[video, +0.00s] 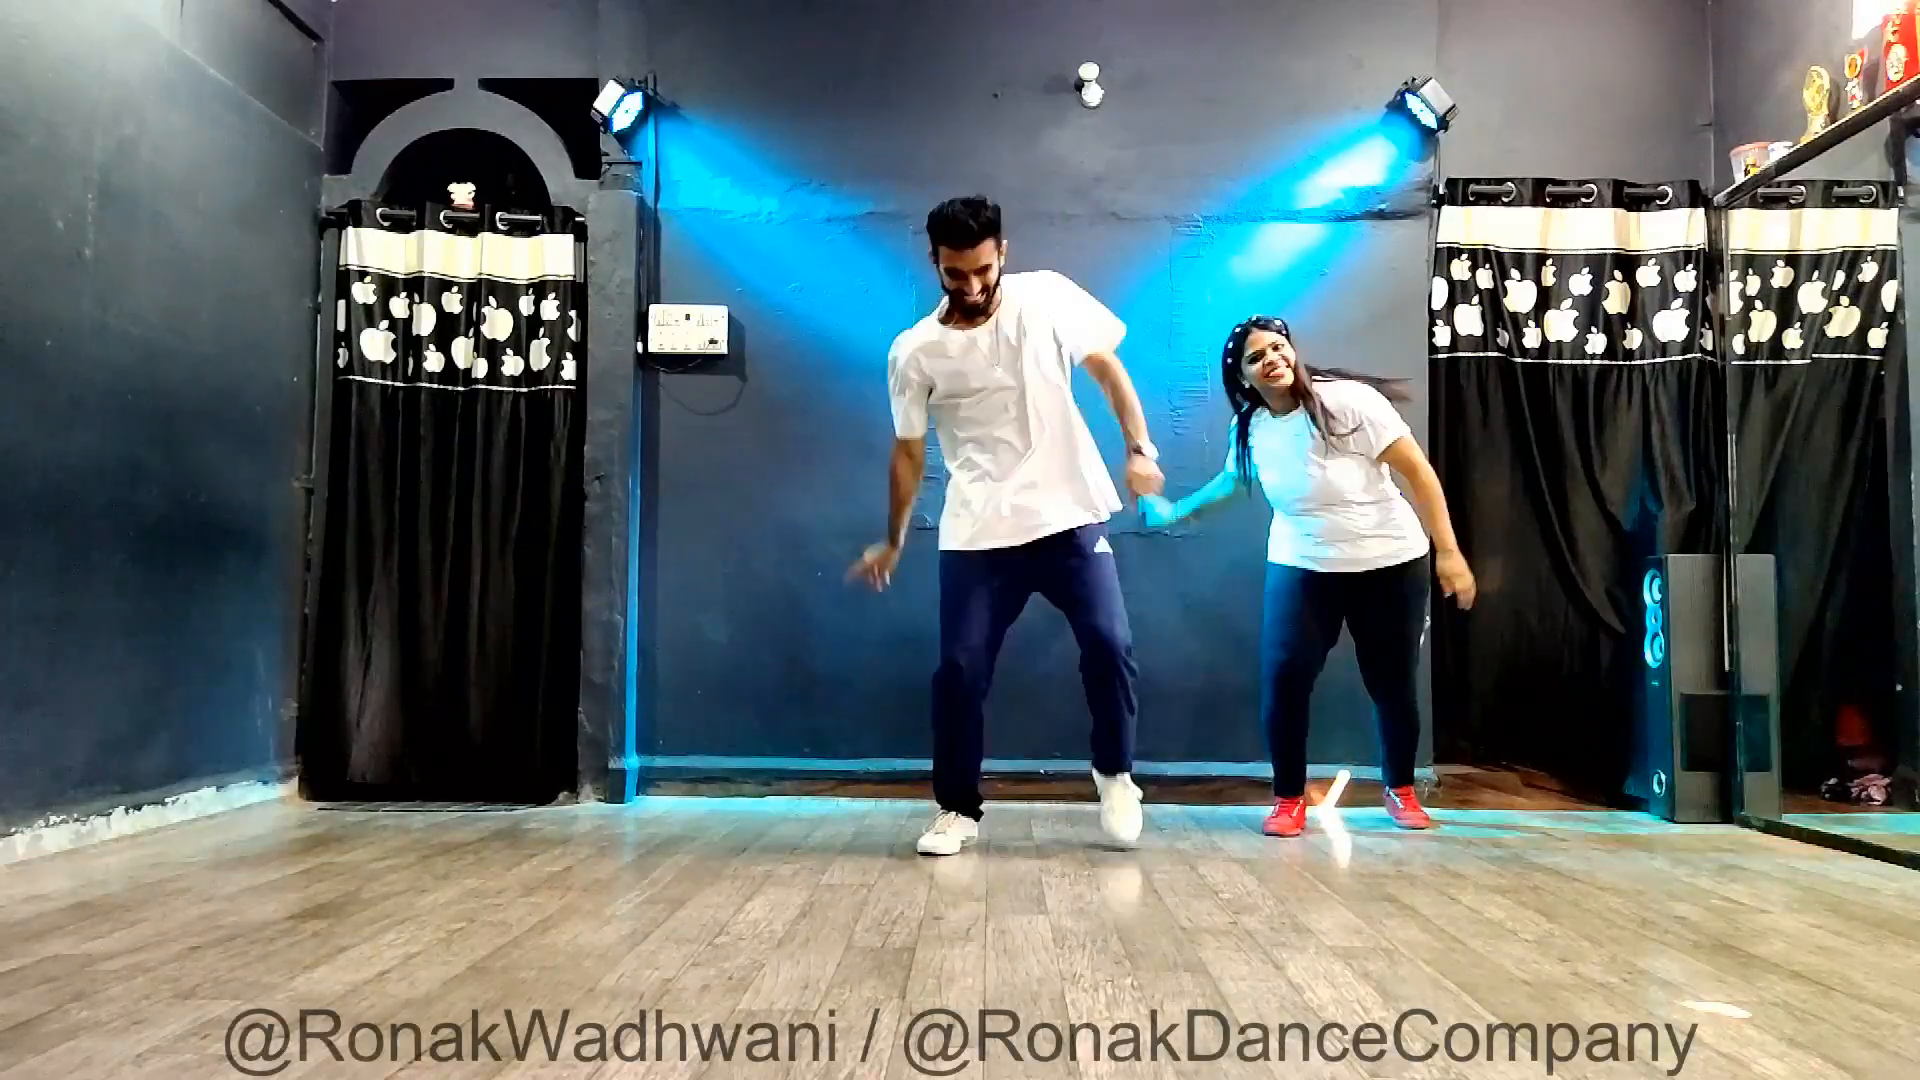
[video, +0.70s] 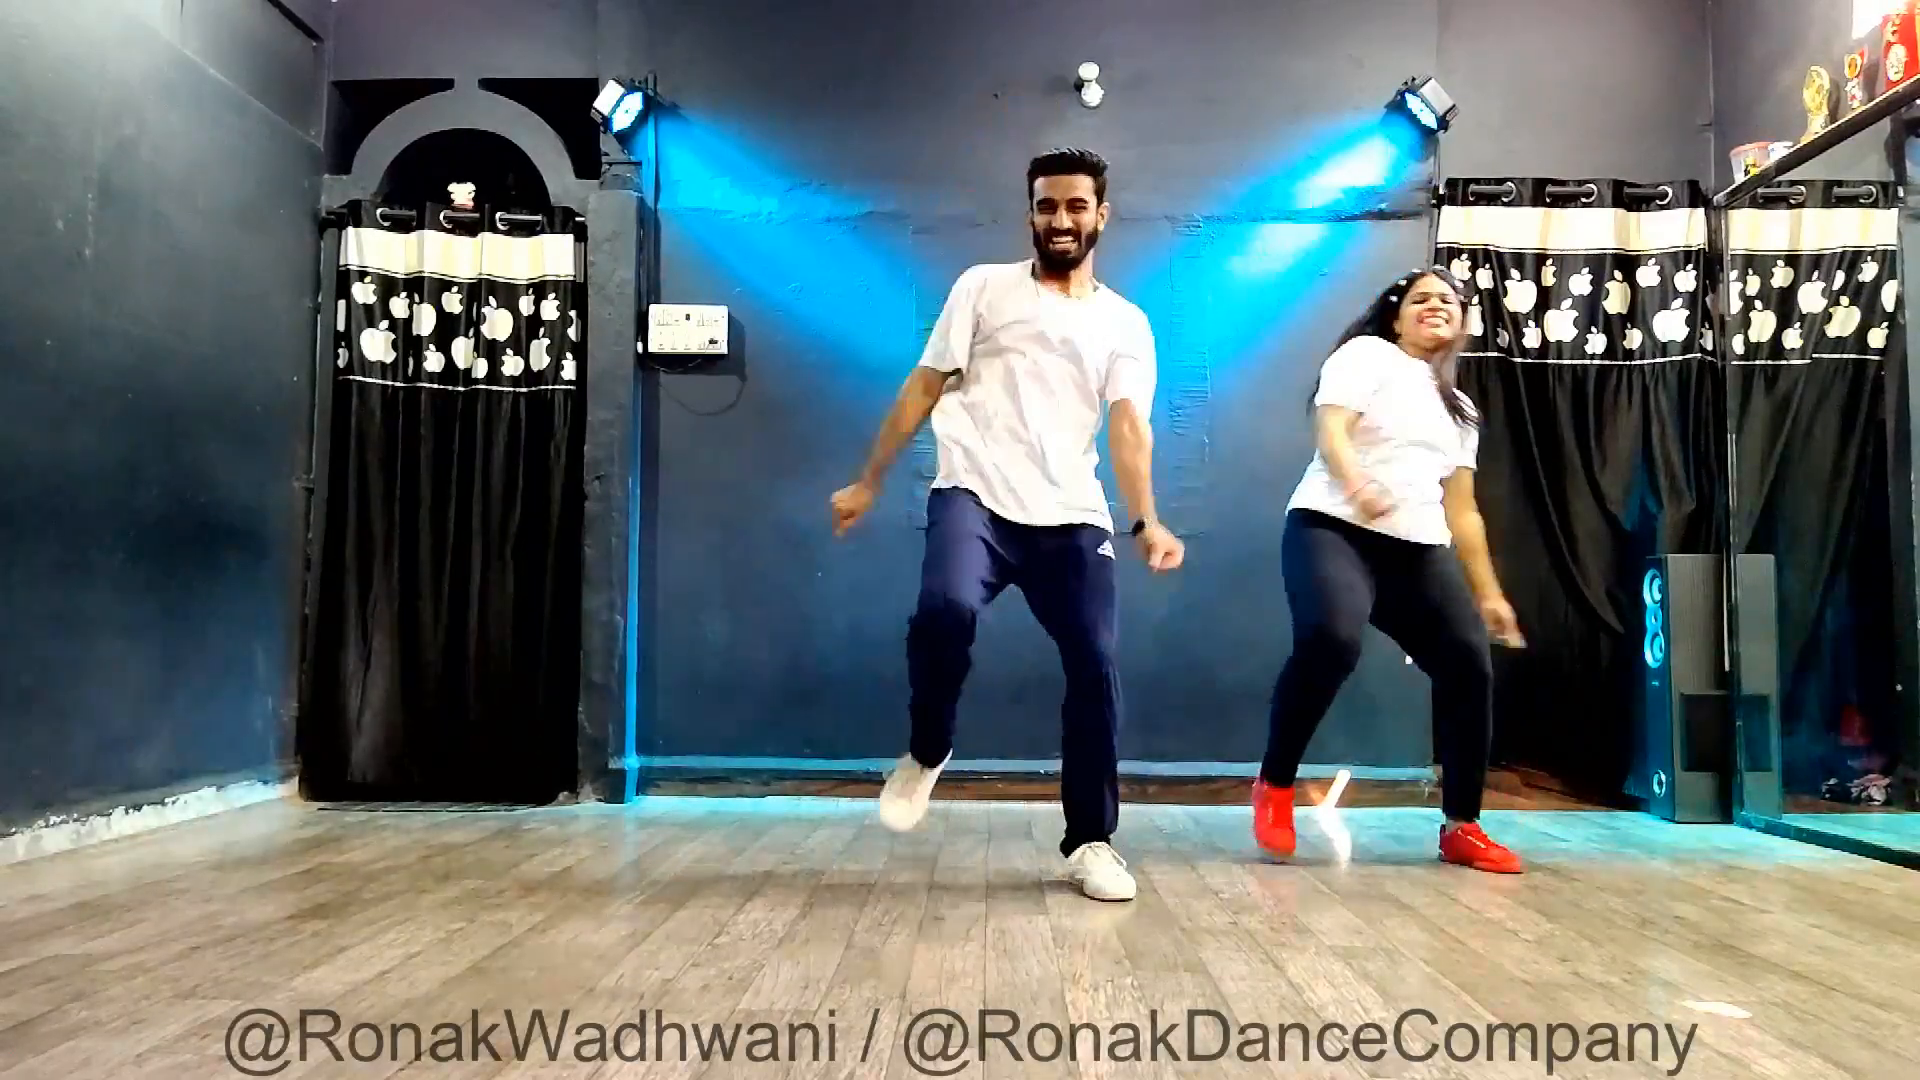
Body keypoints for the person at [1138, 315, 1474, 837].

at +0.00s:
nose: (1272, 358)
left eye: (1276, 346)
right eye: (1256, 357)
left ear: (1293, 351)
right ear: (1244, 379)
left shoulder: (1352, 402)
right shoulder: (1250, 430)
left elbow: (1419, 473)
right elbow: (1232, 481)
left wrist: (1448, 550)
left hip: (1386, 562)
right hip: (1301, 566)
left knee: (1393, 684)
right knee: (1284, 676)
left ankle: (1400, 790)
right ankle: (1289, 797)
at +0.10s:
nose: (1272, 336)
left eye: (1278, 326)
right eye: (1257, 334)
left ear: (1295, 334)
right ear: (1243, 357)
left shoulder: (1345, 377)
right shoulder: (1242, 426)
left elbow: (1413, 417)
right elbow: (1236, 522)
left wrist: (1465, 468)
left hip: (1380, 543)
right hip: (1298, 561)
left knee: (1446, 632)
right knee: (1281, 669)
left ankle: (1411, 737)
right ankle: (1289, 798)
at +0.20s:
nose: (1289, 301)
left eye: (1298, 292)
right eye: (1276, 296)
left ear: (1315, 302)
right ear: (1260, 312)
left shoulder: (1347, 346)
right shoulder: (1253, 380)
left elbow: (1396, 377)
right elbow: (1270, 455)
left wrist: (1449, 415)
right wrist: (1283, 520)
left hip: (1372, 520)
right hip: (1301, 540)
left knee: (1468, 538)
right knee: (1294, 680)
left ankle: (1427, 667)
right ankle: (1288, 794)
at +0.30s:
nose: (1327, 277)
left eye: (1337, 271)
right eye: (1314, 270)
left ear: (1352, 284)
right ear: (1291, 285)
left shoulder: (1357, 335)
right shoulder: (1276, 326)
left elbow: (1384, 350)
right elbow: (1320, 333)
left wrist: (1414, 366)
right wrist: (1355, 312)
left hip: (1372, 495)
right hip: (1296, 515)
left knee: (1471, 444)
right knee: (1295, 651)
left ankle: (1445, 575)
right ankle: (1267, 782)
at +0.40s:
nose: (1355, 298)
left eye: (1361, 290)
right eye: (1340, 281)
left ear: (1366, 300)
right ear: (1314, 289)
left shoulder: (1361, 354)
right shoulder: (1297, 337)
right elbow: (1355, 276)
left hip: (1371, 507)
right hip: (1302, 524)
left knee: (1466, 429)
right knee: (1298, 667)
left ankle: (1456, 559)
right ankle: (1264, 809)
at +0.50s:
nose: (1354, 286)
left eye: (1354, 282)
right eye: (1340, 281)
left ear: (1352, 305)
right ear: (1311, 300)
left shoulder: (1367, 364)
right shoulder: (1306, 349)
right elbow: (1369, 282)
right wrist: (1413, 208)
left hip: (1381, 541)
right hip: (1307, 542)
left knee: (1499, 507)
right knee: (1306, 668)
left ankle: (1466, 642)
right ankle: (1264, 816)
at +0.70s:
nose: (1433, 307)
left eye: (1447, 303)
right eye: (1420, 299)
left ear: (1461, 327)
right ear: (1396, 316)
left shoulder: (1459, 412)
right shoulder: (1367, 354)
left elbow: (1463, 508)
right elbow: (1330, 432)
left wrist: (1488, 594)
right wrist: (1357, 482)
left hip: (1414, 549)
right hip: (1331, 528)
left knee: (1467, 657)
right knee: (1333, 640)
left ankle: (1460, 827)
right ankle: (1276, 786)